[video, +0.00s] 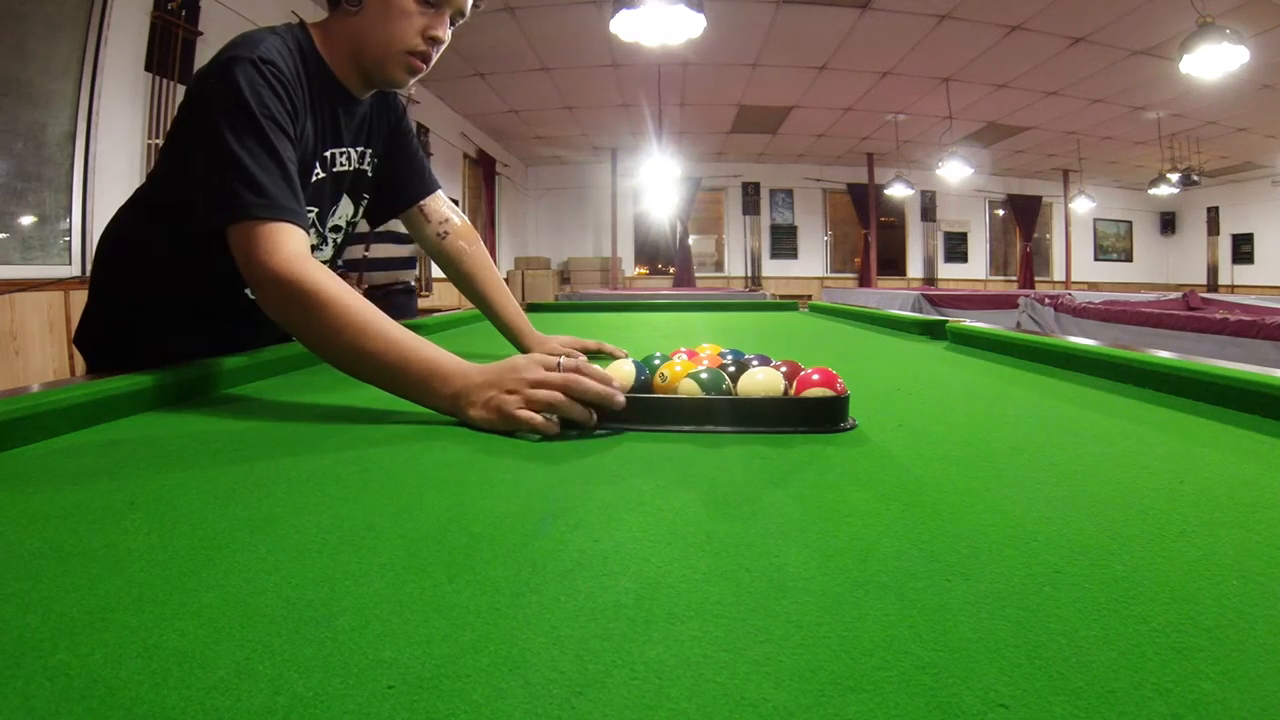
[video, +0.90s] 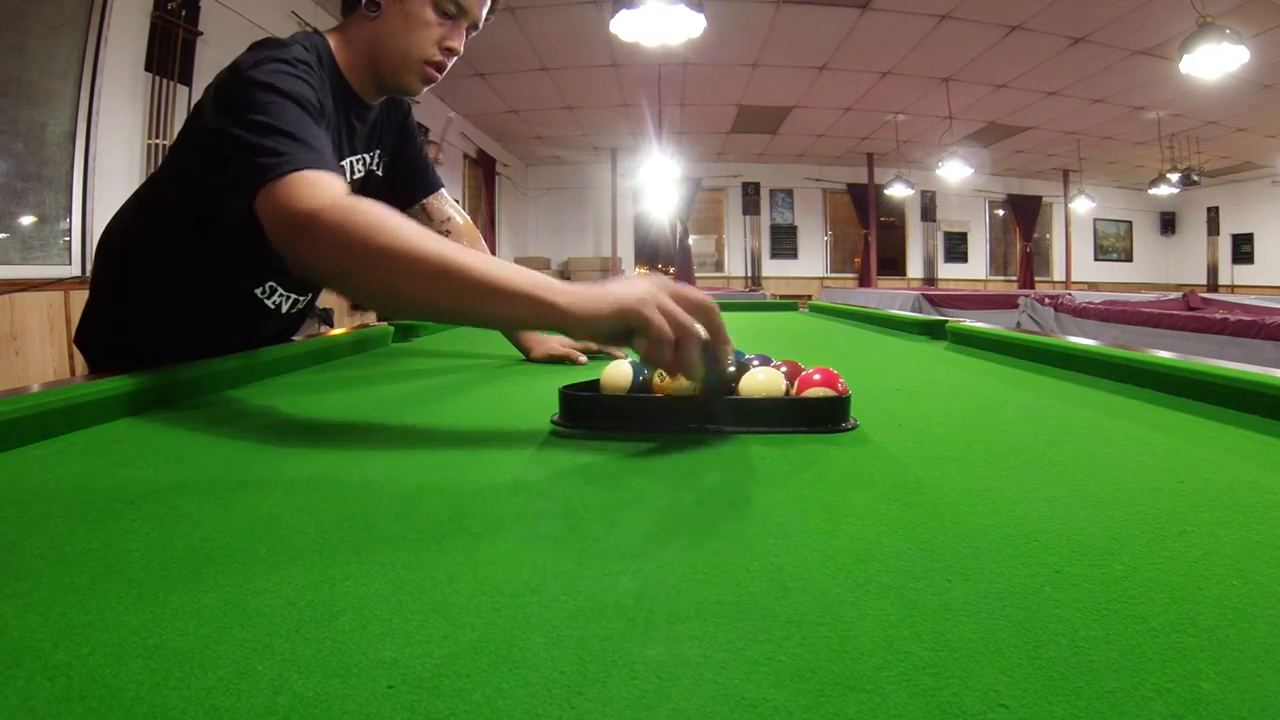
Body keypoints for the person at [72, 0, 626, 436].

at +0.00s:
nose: (441, 36)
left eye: (452, 21)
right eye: (428, 7)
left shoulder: (382, 107)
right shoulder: (255, 72)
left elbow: (442, 227)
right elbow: (279, 271)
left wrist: (529, 340)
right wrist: (464, 385)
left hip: (262, 335)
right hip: (152, 341)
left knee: (241, 525)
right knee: (138, 534)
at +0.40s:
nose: (450, 35)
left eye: (458, 21)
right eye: (438, 6)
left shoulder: (386, 110)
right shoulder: (259, 81)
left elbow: (447, 225)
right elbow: (283, 266)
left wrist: (517, 329)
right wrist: (496, 347)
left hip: (258, 333)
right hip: (150, 334)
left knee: (243, 513)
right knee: (141, 522)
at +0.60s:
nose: (454, 41)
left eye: (463, 26)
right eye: (442, 12)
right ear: (366, 0)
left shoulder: (389, 109)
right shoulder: (273, 75)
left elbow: (446, 228)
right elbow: (330, 235)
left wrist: (523, 329)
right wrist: (579, 302)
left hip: (261, 334)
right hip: (151, 337)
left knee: (253, 518)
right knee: (144, 526)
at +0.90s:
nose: (457, 48)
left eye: (467, 33)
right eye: (446, 17)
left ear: (449, 41)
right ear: (376, 1)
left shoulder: (387, 112)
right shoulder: (280, 76)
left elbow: (449, 227)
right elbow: (312, 232)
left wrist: (523, 330)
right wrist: (569, 301)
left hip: (255, 337)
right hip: (149, 338)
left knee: (238, 524)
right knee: (133, 534)